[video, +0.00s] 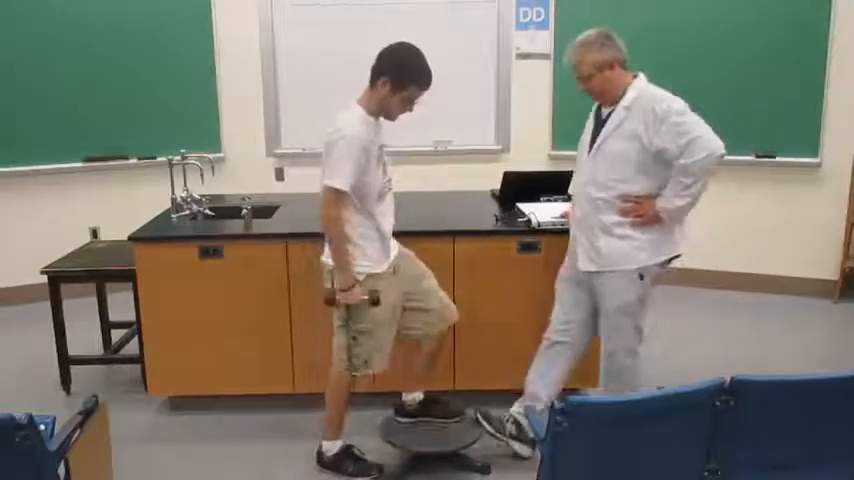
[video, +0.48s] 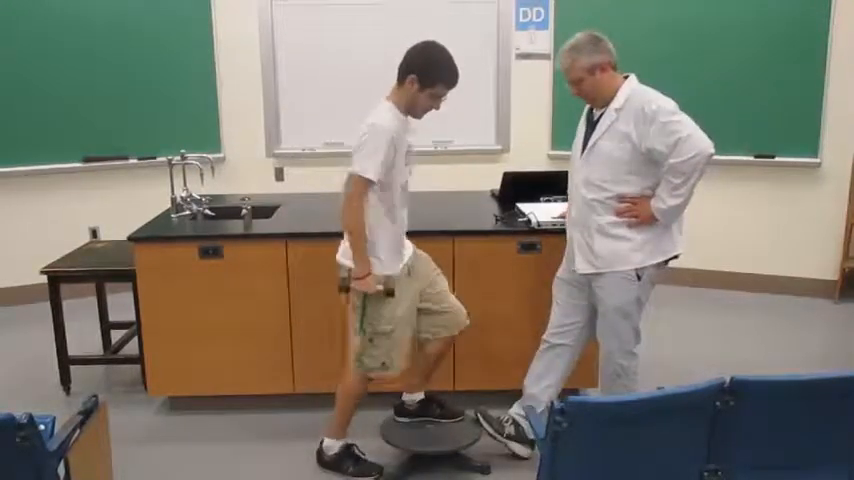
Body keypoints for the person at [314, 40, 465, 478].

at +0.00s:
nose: (411, 108)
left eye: (416, 100)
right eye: (410, 99)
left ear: (386, 86)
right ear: (384, 84)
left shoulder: (370, 126)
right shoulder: (351, 132)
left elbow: (364, 202)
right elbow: (330, 210)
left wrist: (386, 254)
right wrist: (345, 274)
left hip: (389, 258)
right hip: (359, 270)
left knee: (439, 318)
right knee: (348, 362)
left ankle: (414, 401)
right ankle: (330, 446)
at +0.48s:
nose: (438, 105)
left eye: (443, 97)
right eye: (437, 95)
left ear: (412, 84)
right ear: (411, 82)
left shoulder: (397, 123)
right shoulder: (382, 127)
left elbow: (380, 199)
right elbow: (353, 198)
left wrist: (397, 252)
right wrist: (362, 267)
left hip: (403, 257)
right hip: (375, 267)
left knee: (447, 322)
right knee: (365, 362)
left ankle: (412, 401)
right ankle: (333, 444)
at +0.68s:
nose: (461, 62)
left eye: (465, 54)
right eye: (459, 52)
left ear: (437, 42)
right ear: (434, 38)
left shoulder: (420, 82)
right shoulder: (401, 79)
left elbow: (404, 159)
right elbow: (361, 147)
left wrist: (420, 219)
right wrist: (372, 220)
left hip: (417, 225)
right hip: (395, 227)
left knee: (429, 319)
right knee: (416, 320)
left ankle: (412, 399)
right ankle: (358, 383)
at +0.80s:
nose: (469, 58)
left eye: (474, 50)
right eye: (468, 47)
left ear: (445, 33)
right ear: (443, 30)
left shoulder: (432, 75)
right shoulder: (411, 74)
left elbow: (421, 151)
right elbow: (375, 145)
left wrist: (438, 214)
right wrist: (384, 215)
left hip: (431, 217)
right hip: (412, 217)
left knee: (429, 319)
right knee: (424, 320)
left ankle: (421, 400)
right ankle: (413, 408)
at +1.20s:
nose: (477, 57)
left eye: (481, 49)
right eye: (475, 47)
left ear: (458, 35)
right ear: (450, 30)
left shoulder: (442, 77)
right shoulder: (416, 75)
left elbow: (440, 152)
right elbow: (401, 147)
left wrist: (454, 216)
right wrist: (403, 220)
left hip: (448, 219)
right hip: (426, 220)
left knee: (437, 319)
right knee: (427, 320)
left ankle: (421, 399)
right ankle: (413, 407)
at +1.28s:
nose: (477, 57)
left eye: (482, 49)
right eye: (476, 47)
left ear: (458, 34)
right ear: (450, 29)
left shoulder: (442, 77)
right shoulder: (416, 75)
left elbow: (440, 153)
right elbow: (401, 147)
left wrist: (454, 216)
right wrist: (403, 221)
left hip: (448, 219)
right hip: (425, 220)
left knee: (438, 319)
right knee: (427, 320)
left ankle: (421, 399)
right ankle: (413, 407)